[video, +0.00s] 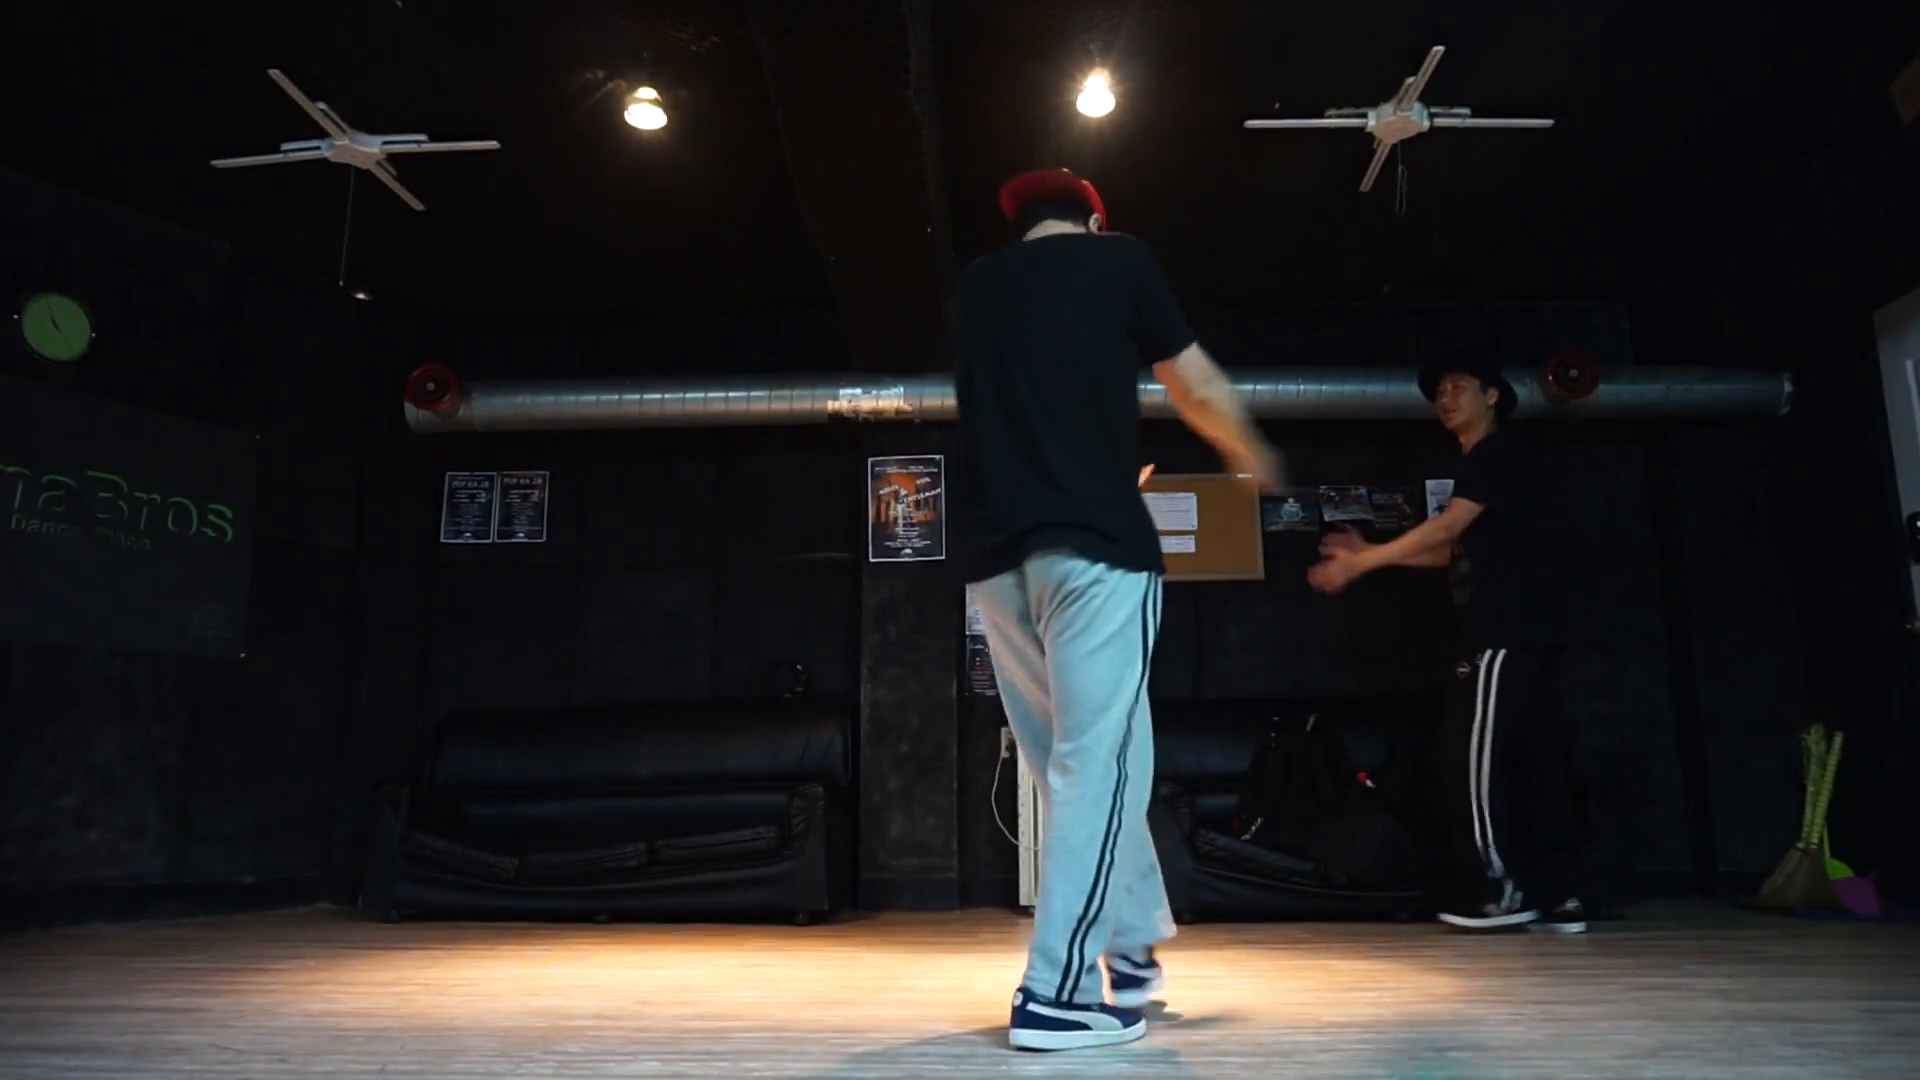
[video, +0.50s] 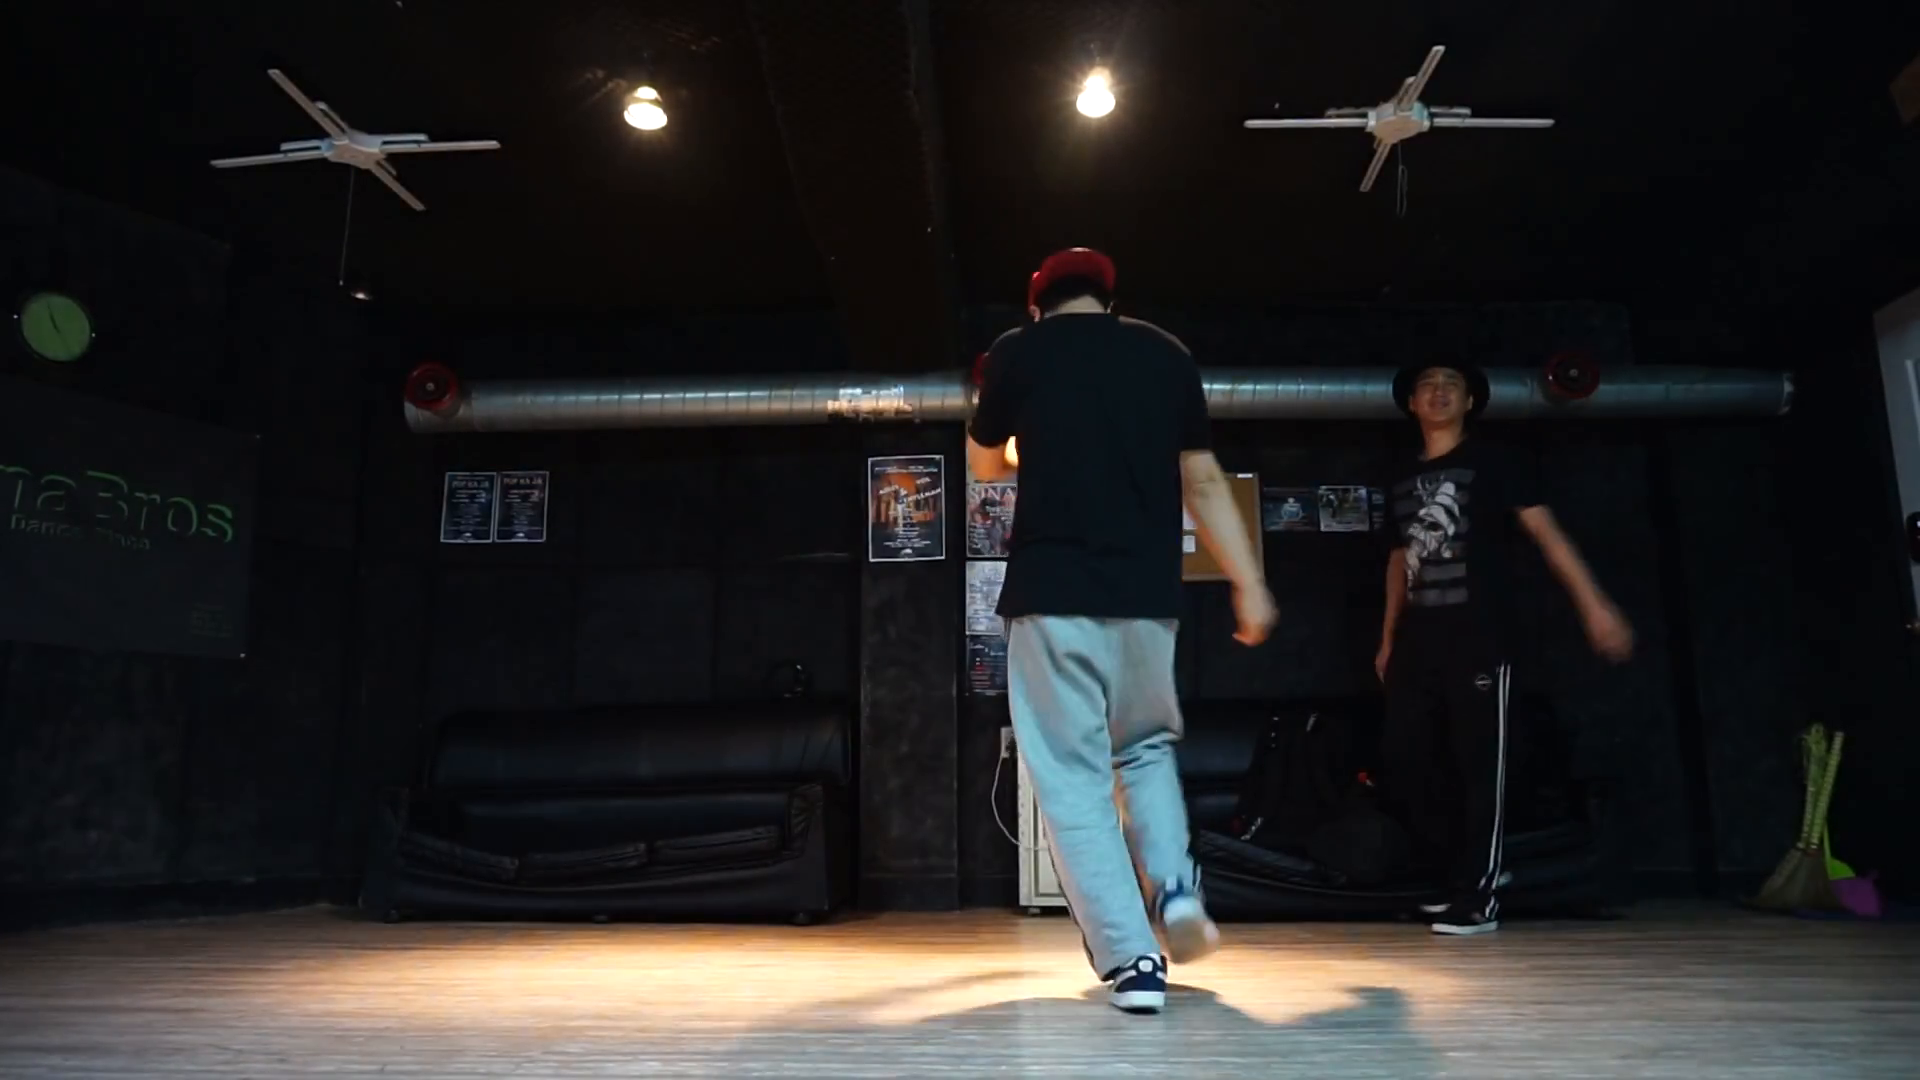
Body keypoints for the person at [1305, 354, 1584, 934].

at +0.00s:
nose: (1446, 402)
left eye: (1459, 391)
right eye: (1441, 395)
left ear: (1492, 398)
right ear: (1441, 406)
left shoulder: (1496, 453)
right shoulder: (1493, 459)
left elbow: (1445, 527)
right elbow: (1451, 550)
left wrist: (1358, 563)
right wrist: (1370, 552)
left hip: (1504, 629)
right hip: (1516, 625)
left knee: (1478, 760)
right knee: (1530, 759)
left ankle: (1498, 895)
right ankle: (1559, 894)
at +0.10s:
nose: (1444, 407)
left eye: (1457, 396)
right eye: (1437, 399)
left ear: (1488, 403)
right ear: (1433, 411)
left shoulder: (1497, 457)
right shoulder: (1470, 469)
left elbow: (1444, 535)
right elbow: (1432, 554)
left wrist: (1358, 551)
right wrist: (1357, 552)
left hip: (1514, 633)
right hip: (1500, 632)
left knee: (1488, 765)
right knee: (1531, 761)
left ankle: (1476, 900)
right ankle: (1554, 896)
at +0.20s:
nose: (1439, 409)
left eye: (1451, 399)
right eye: (1431, 403)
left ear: (1480, 408)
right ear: (1424, 417)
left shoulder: (1495, 466)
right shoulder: (1442, 480)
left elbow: (1458, 549)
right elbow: (1431, 551)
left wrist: (1378, 580)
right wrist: (1376, 574)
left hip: (1499, 640)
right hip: (1468, 641)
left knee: (1483, 770)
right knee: (1513, 767)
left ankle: (1477, 901)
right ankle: (1551, 890)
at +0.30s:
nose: (1439, 406)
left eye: (1451, 397)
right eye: (1430, 399)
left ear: (1476, 407)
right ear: (1420, 414)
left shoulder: (1495, 466)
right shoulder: (1431, 483)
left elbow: (1476, 551)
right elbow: (1414, 551)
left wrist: (1441, 627)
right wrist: (1389, 600)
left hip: (1493, 635)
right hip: (1450, 633)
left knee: (1482, 766)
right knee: (1463, 763)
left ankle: (1479, 900)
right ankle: (1537, 867)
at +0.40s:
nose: (1439, 400)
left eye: (1451, 391)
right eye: (1429, 393)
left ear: (1473, 405)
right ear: (1415, 408)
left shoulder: (1493, 467)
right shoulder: (1420, 483)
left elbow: (1508, 554)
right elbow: (1405, 564)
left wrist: (1528, 632)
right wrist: (1391, 632)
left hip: (1481, 636)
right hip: (1426, 640)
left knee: (1479, 766)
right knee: (1429, 762)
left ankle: (1475, 900)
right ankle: (1512, 857)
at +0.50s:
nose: (1438, 393)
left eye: (1450, 385)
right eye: (1427, 385)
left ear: (1470, 401)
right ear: (1410, 402)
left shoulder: (1496, 463)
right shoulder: (1405, 480)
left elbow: (1548, 534)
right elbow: (1399, 564)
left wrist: (1595, 608)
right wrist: (1389, 639)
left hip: (1481, 639)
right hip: (1420, 644)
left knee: (1480, 770)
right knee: (1422, 764)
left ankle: (1478, 900)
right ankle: (1452, 883)